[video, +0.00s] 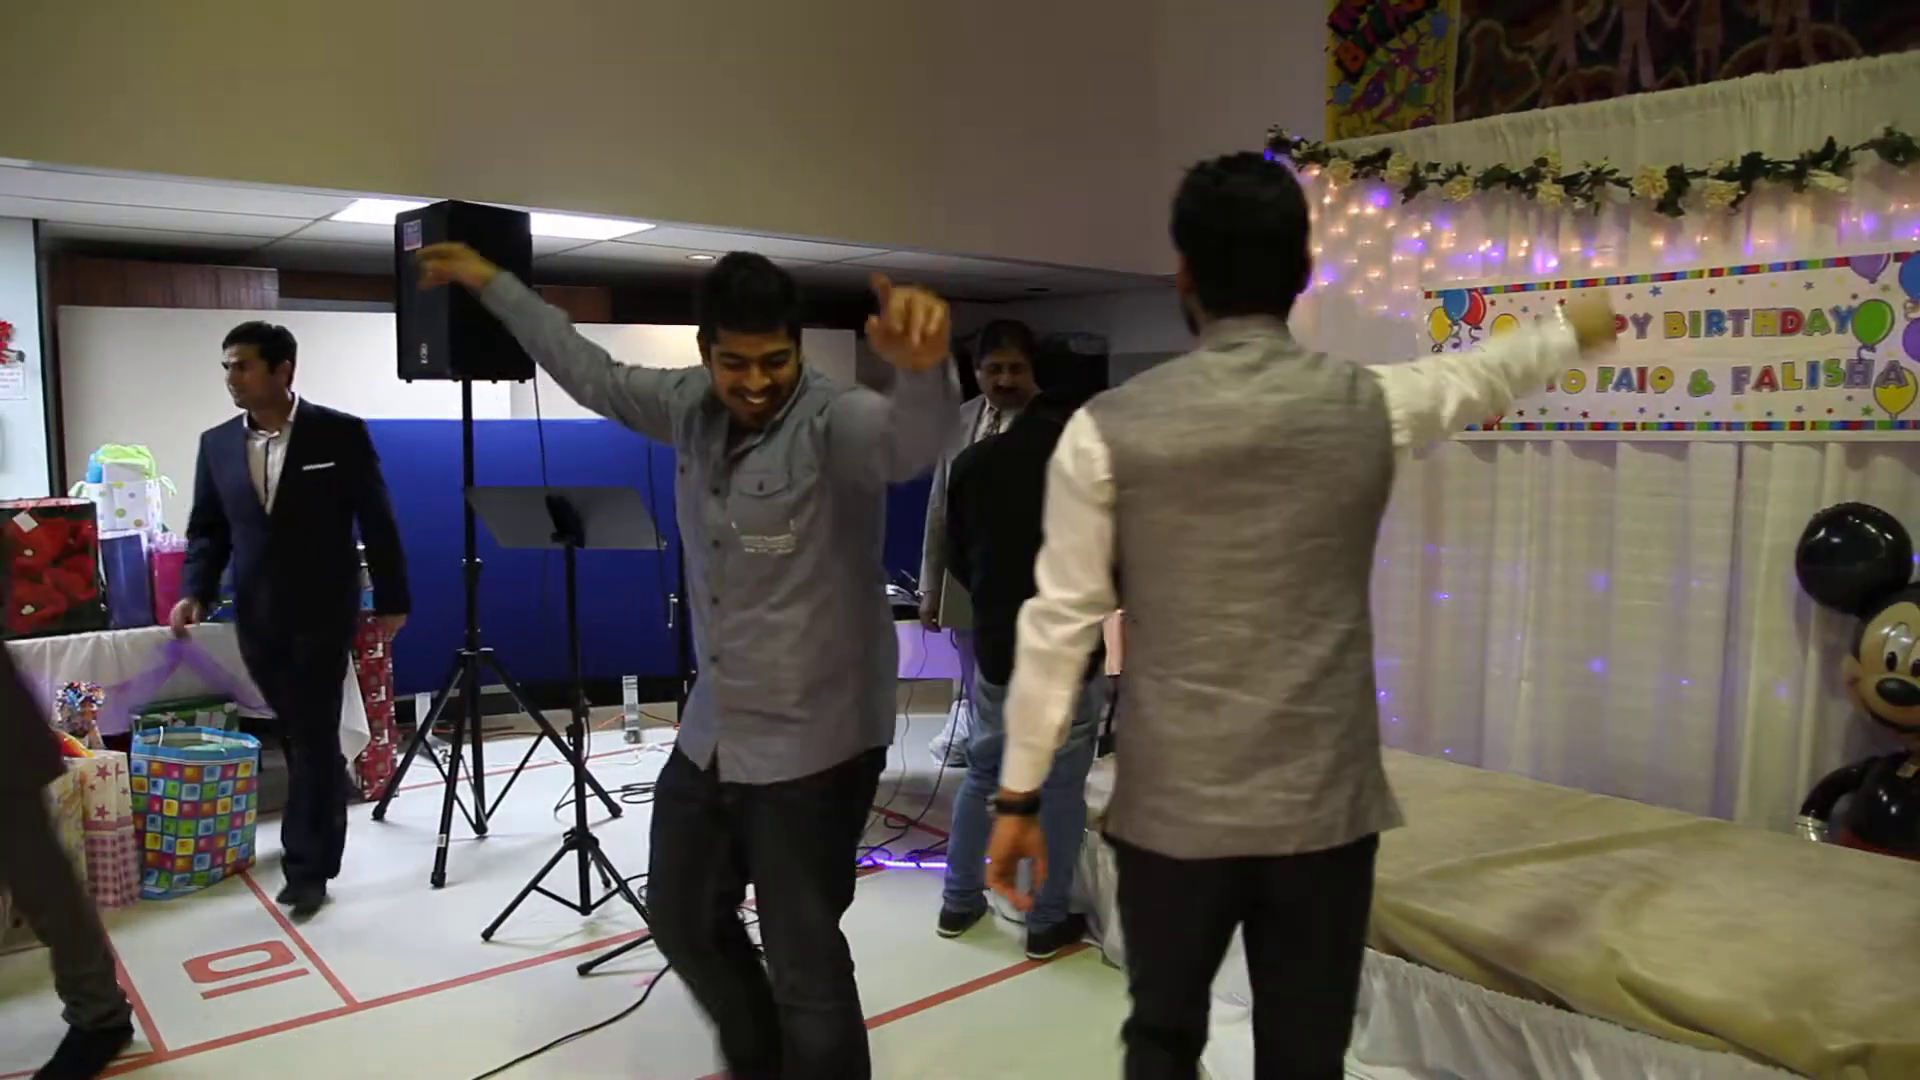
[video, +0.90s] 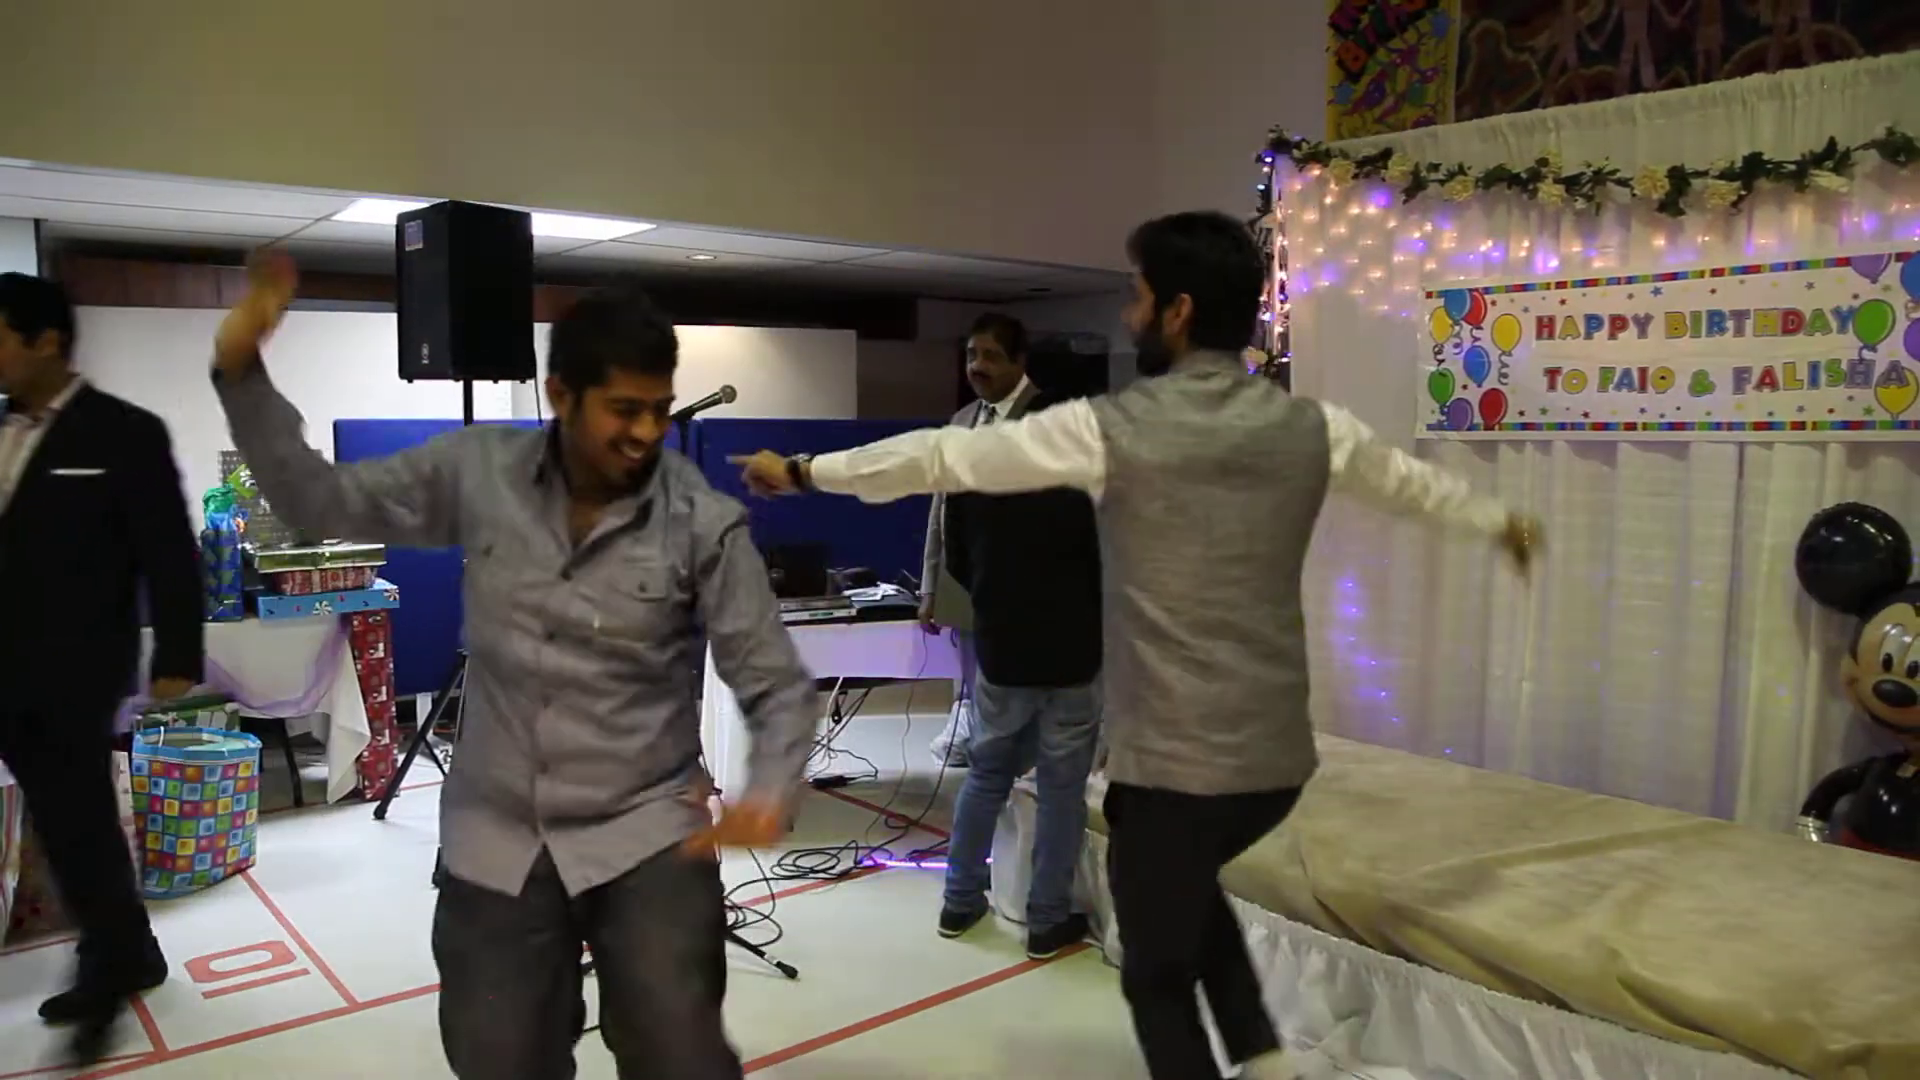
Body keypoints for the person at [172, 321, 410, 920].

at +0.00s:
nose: (230, 378)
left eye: (241, 367)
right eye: (227, 368)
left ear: (282, 370)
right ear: (229, 375)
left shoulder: (341, 435)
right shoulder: (218, 445)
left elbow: (377, 522)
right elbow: (208, 530)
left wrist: (392, 601)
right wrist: (194, 592)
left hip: (324, 609)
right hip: (257, 614)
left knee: (311, 737)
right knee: (299, 732)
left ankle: (307, 872)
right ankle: (327, 831)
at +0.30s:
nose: (194, 354)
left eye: (207, 343)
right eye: (191, 344)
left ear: (251, 351)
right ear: (195, 354)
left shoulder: (308, 423)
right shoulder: (178, 431)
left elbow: (346, 520)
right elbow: (167, 530)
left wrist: (341, 599)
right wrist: (151, 615)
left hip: (291, 621)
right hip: (207, 623)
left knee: (299, 751)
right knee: (206, 748)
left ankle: (308, 875)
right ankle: (257, 855)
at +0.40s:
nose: (172, 356)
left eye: (186, 344)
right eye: (170, 345)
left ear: (232, 352)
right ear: (175, 355)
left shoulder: (291, 426)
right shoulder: (160, 433)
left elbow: (323, 520)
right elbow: (150, 534)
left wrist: (311, 601)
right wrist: (132, 619)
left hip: (273, 633)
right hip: (186, 635)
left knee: (289, 765)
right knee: (190, 783)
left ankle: (304, 879)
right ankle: (186, 923)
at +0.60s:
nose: (108, 363)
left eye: (120, 352)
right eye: (106, 352)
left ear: (170, 358)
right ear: (126, 363)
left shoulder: (233, 440)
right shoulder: (104, 443)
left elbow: (263, 551)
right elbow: (93, 555)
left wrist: (251, 642)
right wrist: (75, 643)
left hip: (205, 661)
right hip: (123, 664)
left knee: (253, 790)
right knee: (126, 818)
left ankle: (301, 869)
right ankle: (125, 959)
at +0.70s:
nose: (69, 360)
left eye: (81, 346)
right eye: (66, 347)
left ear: (132, 349)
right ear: (79, 353)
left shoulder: (198, 433)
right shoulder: (67, 435)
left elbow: (229, 545)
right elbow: (50, 546)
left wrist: (229, 644)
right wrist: (28, 640)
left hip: (161, 656)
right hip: (78, 660)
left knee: (199, 783)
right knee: (97, 817)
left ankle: (267, 856)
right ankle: (123, 956)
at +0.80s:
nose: (25, 357)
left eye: (39, 343)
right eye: (22, 344)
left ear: (93, 344)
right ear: (27, 348)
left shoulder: (163, 430)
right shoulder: (21, 434)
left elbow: (199, 545)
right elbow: (10, 548)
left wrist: (200, 650)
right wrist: (9, 637)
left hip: (124, 656)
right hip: (39, 656)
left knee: (128, 795)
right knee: (72, 815)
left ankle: (207, 884)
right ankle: (121, 957)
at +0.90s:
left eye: (5, 342)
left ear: (49, 343)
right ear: (37, 346)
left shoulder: (123, 433)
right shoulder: (7, 432)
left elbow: (170, 550)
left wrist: (178, 656)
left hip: (76, 665)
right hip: (13, 666)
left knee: (78, 819)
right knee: (62, 818)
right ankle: (121, 953)